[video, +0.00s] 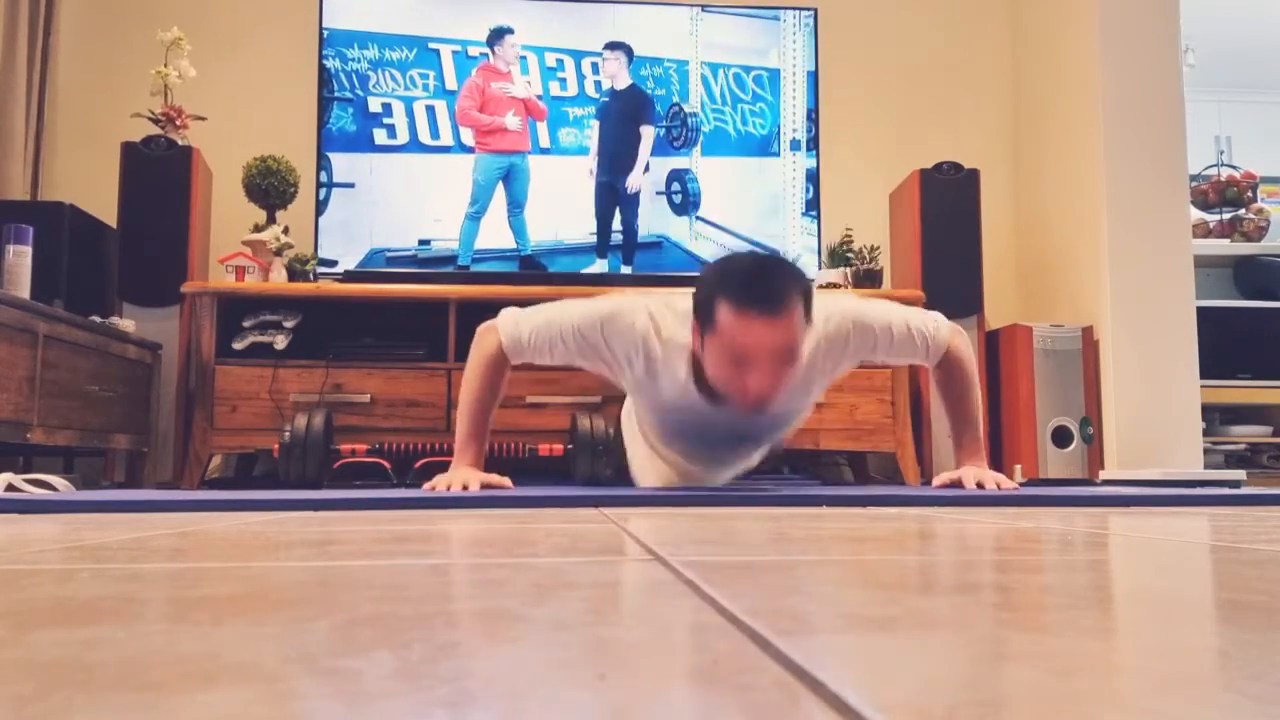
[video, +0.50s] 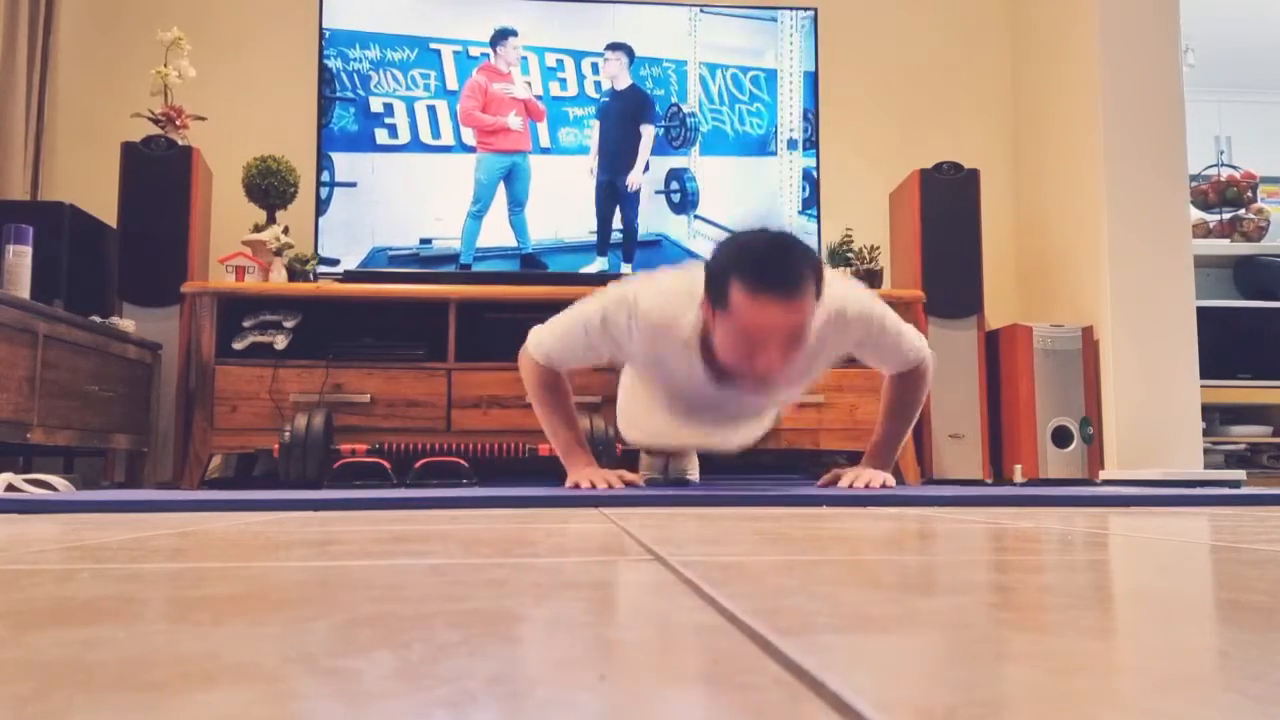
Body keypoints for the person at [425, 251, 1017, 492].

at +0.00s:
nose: (759, 383)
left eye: (778, 361)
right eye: (740, 361)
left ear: (804, 338)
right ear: (700, 341)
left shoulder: (834, 330)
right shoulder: (633, 330)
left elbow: (948, 341)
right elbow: (494, 337)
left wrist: (973, 459)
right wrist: (464, 462)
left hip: (746, 472)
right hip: (647, 468)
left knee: (732, 570)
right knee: (648, 564)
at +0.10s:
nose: (751, 269)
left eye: (769, 249)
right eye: (733, 247)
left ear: (790, 242)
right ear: (696, 241)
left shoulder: (829, 275)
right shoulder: (628, 269)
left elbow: (935, 344)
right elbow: (500, 340)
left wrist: (970, 458)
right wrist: (464, 461)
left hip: (739, 417)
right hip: (646, 406)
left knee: (714, 445)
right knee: (638, 426)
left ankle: (686, 458)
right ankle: (640, 451)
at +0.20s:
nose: (749, 137)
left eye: (767, 116)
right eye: (730, 114)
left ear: (786, 119)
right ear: (692, 112)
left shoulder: (818, 186)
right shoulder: (635, 177)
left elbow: (879, 319)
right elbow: (563, 313)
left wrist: (940, 440)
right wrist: (503, 435)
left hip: (743, 353)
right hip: (650, 347)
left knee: (691, 413)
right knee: (652, 416)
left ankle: (668, 441)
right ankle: (665, 445)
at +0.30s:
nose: (756, 123)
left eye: (775, 99)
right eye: (734, 98)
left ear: (793, 96)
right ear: (699, 93)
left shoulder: (818, 168)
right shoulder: (640, 159)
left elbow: (875, 298)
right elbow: (579, 299)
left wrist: (872, 421)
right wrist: (583, 438)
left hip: (743, 334)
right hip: (650, 326)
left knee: (700, 411)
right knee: (650, 407)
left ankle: (681, 441)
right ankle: (654, 444)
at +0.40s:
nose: (763, 234)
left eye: (785, 212)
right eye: (745, 210)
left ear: (804, 202)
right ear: (707, 196)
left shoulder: (836, 238)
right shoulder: (640, 230)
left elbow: (892, 348)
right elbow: (555, 344)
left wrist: (874, 462)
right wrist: (582, 465)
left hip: (746, 366)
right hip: (651, 360)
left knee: (699, 420)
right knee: (649, 419)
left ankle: (679, 442)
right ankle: (653, 445)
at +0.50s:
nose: (770, 359)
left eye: (790, 340)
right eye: (752, 340)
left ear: (811, 315)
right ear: (710, 314)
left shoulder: (842, 307)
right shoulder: (644, 310)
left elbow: (913, 363)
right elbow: (536, 354)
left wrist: (878, 463)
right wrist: (580, 463)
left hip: (748, 427)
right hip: (652, 424)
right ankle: (668, 459)